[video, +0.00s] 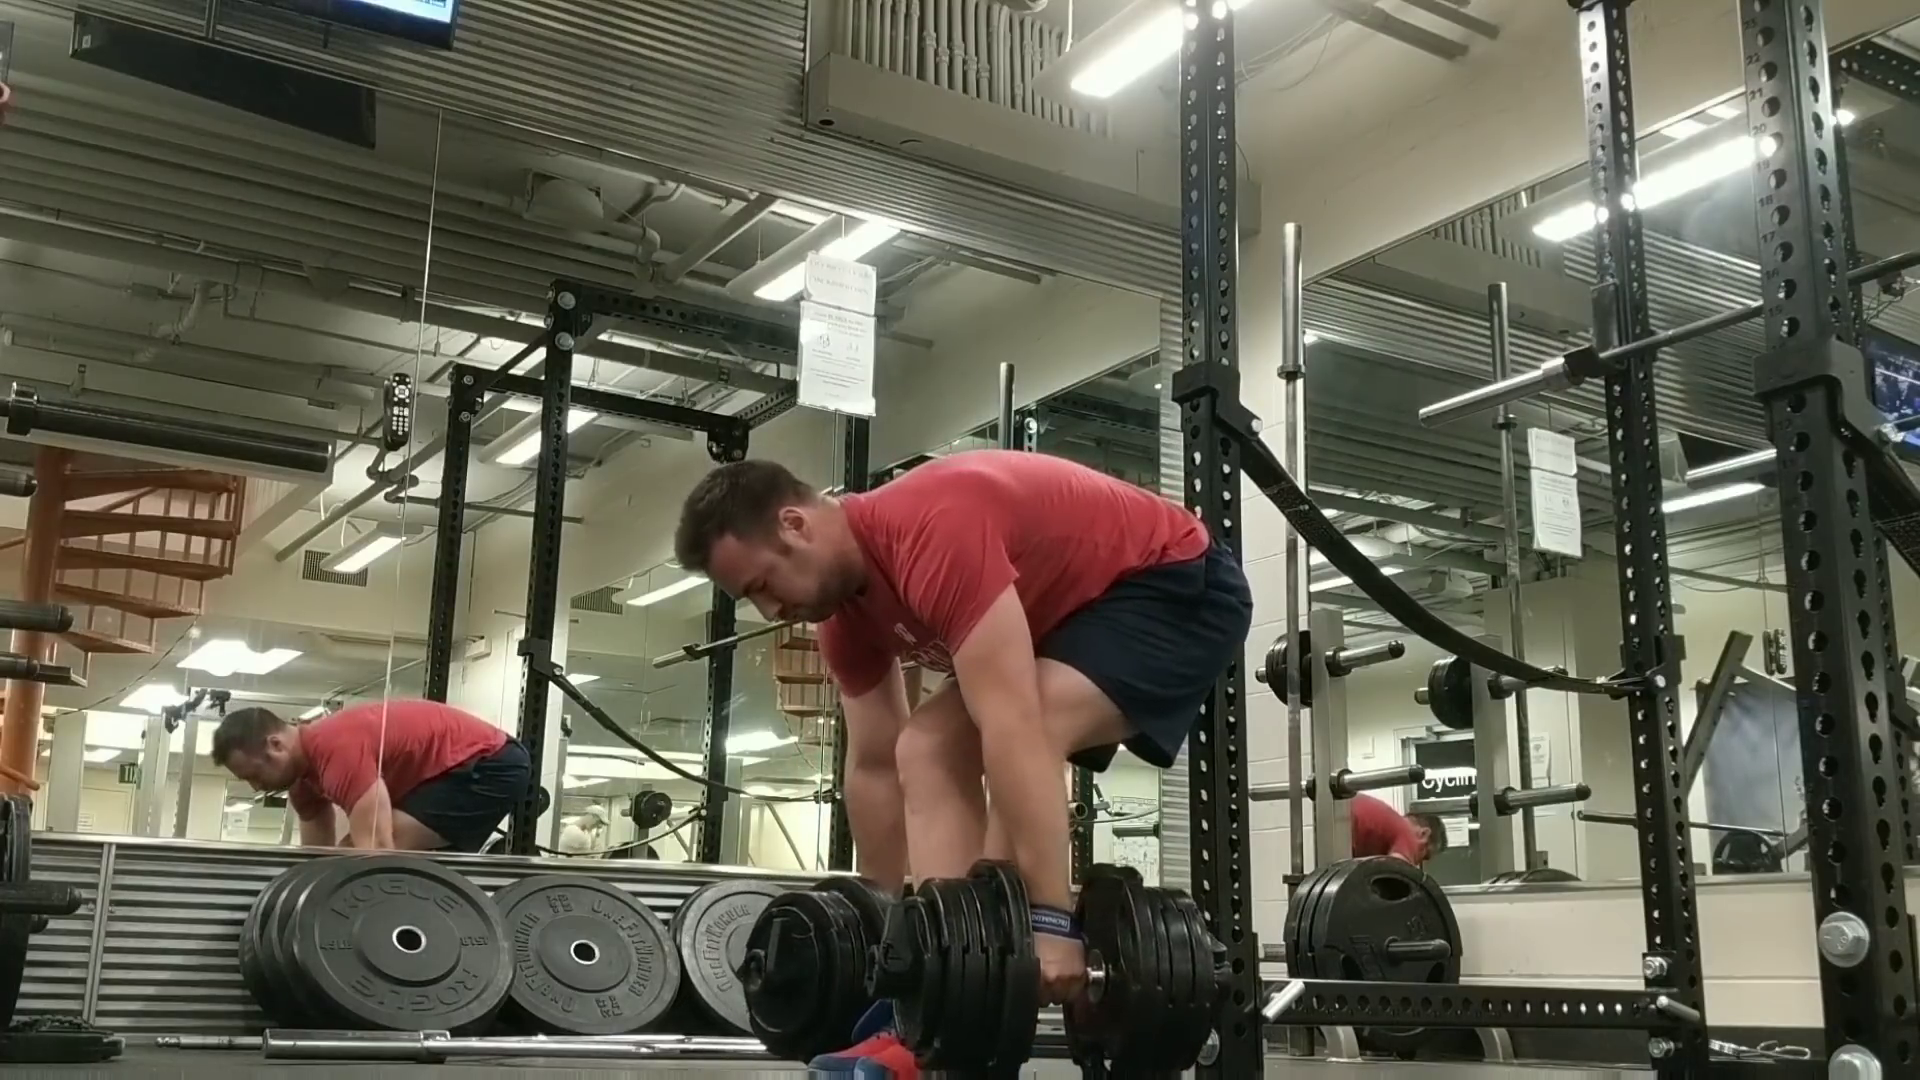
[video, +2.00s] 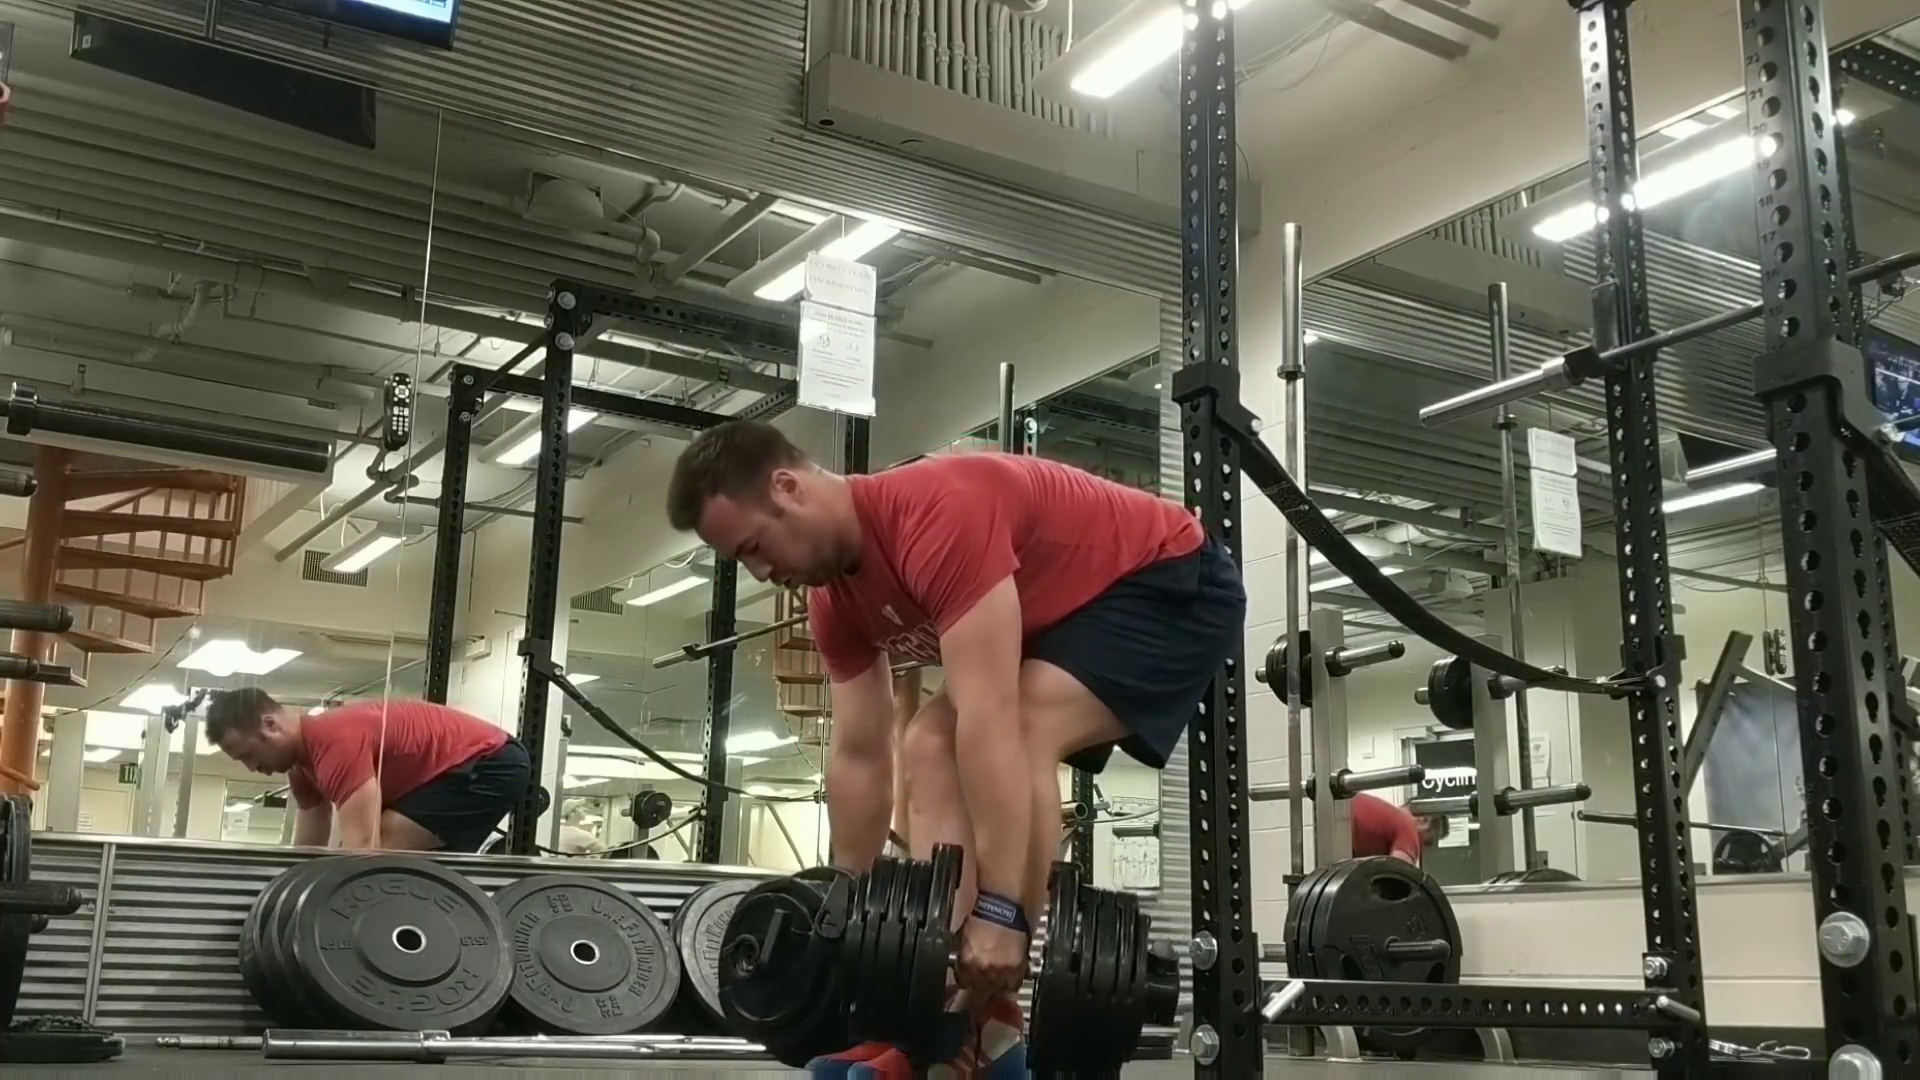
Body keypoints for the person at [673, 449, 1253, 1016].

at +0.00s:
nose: (768, 611)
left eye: (762, 586)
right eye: (751, 600)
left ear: (797, 523)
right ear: (798, 529)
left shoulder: (938, 528)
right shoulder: (845, 606)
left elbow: (1018, 729)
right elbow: (875, 764)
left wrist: (1052, 922)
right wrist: (880, 935)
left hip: (1177, 585)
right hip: (1075, 611)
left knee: (1022, 739)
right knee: (926, 746)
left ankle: (978, 1019)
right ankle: (915, 1007)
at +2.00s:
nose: (760, 575)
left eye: (755, 548)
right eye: (743, 563)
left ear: (791, 485)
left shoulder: (943, 512)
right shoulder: (837, 601)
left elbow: (992, 711)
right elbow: (859, 752)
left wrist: (1001, 912)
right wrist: (851, 922)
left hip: (1169, 582)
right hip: (1060, 615)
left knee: (1015, 729)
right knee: (928, 738)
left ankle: (995, 1024)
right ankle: (930, 1018)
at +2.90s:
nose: (773, 510)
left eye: (767, 484)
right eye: (756, 499)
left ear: (804, 423)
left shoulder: (952, 456)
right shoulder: (846, 538)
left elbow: (1043, 624)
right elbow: (883, 684)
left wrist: (1040, 808)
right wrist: (876, 844)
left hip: (1166, 578)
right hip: (1054, 603)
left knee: (1009, 732)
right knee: (942, 733)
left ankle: (993, 1020)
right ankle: (943, 1003)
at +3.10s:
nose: (796, 478)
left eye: (788, 455)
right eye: (778, 471)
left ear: (816, 391)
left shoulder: (967, 412)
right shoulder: (857, 509)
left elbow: (1094, 548)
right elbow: (906, 631)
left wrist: (1088, 721)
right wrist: (896, 769)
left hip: (1163, 572)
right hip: (1040, 604)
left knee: (1020, 764)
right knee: (948, 757)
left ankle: (988, 1020)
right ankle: (941, 1004)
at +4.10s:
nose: (794, 482)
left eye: (785, 459)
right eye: (775, 475)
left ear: (812, 394)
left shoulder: (965, 420)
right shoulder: (853, 512)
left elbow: (1026, 602)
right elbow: (874, 665)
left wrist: (1029, 786)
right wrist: (864, 821)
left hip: (1164, 574)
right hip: (1053, 603)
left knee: (1018, 741)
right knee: (930, 747)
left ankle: (991, 1018)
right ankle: (942, 1000)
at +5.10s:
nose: (819, 453)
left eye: (810, 432)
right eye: (800, 447)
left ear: (834, 366)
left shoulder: (985, 382)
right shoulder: (865, 475)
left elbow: (1107, 524)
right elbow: (915, 595)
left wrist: (1097, 691)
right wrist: (904, 735)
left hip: (1159, 563)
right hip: (1038, 594)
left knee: (1026, 752)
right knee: (956, 746)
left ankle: (991, 1014)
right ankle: (942, 1000)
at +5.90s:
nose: (808, 477)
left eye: (798, 457)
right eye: (790, 471)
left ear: (823, 390)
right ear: (823, 393)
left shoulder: (976, 407)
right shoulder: (857, 493)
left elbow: (1051, 590)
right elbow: (885, 641)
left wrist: (1055, 774)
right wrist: (872, 794)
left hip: (1163, 570)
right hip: (1043, 596)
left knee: (1028, 743)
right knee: (947, 746)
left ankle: (989, 1018)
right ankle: (944, 999)